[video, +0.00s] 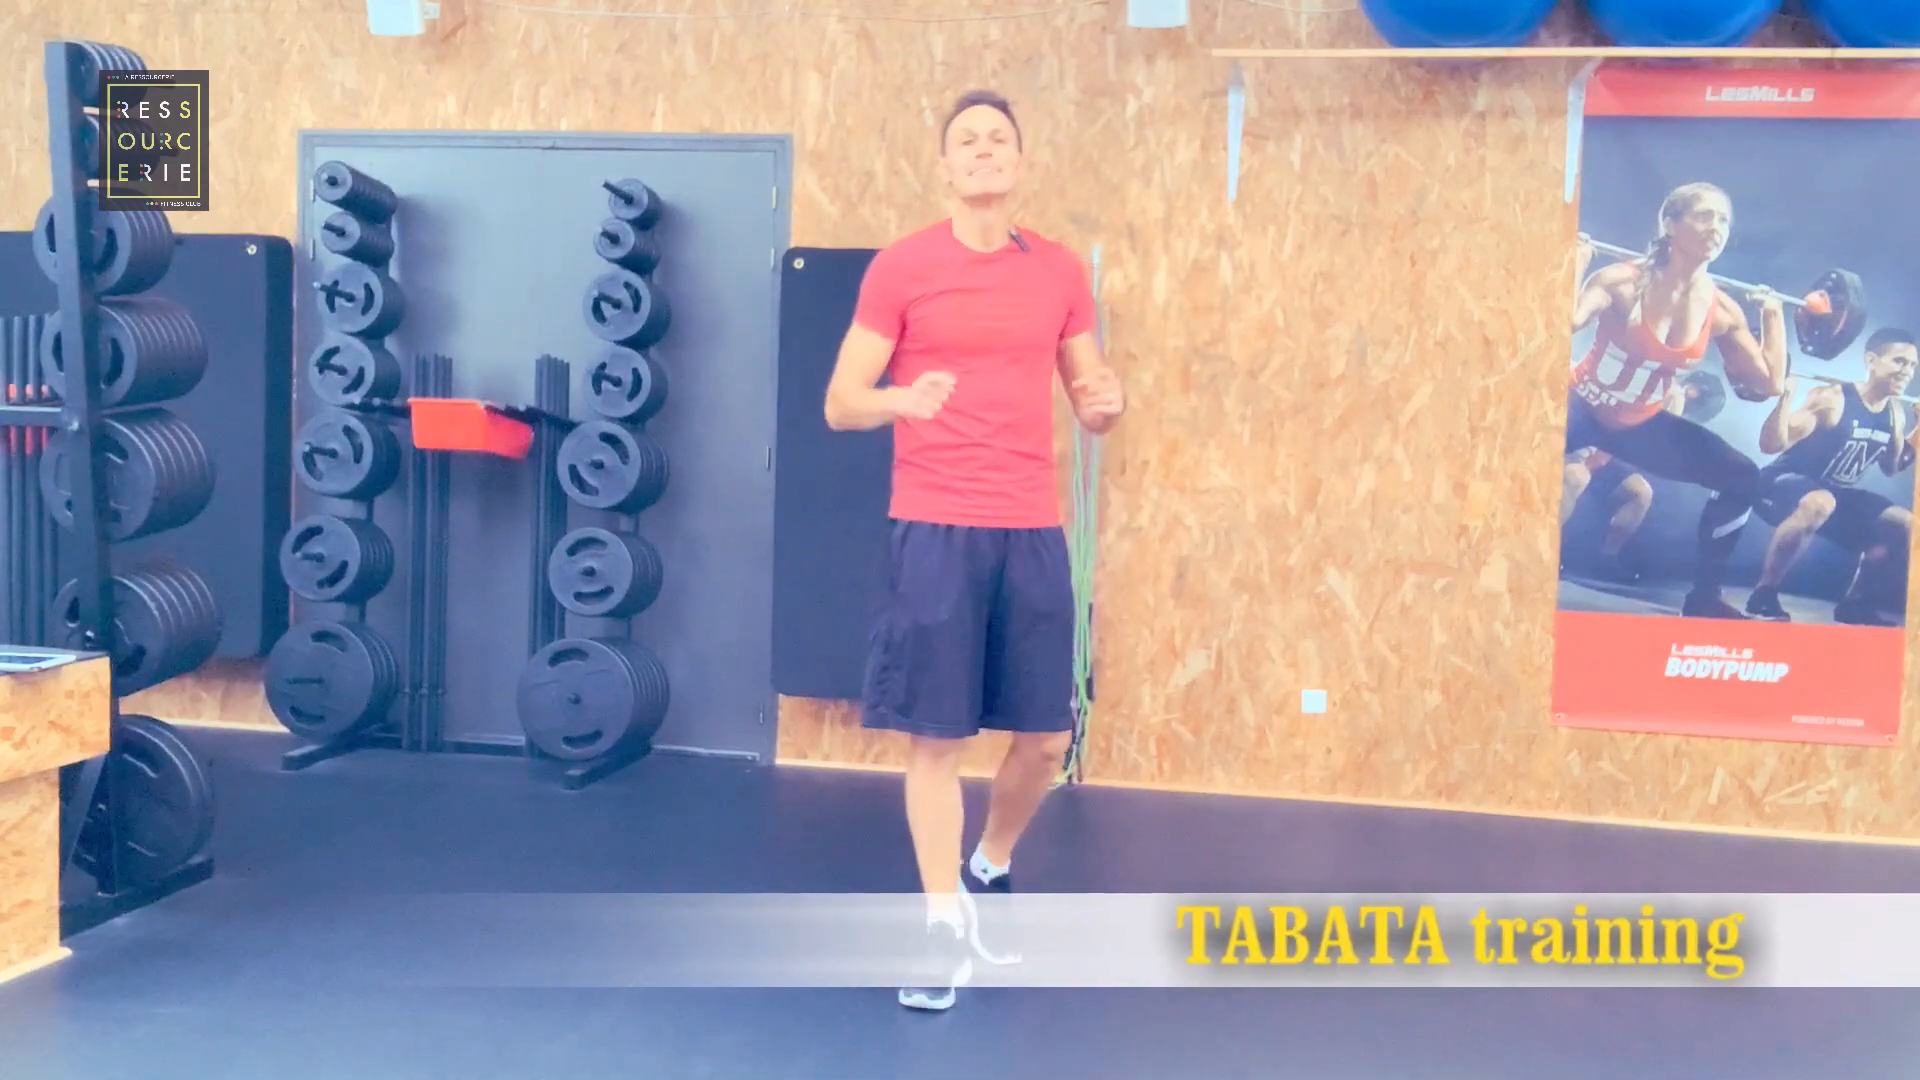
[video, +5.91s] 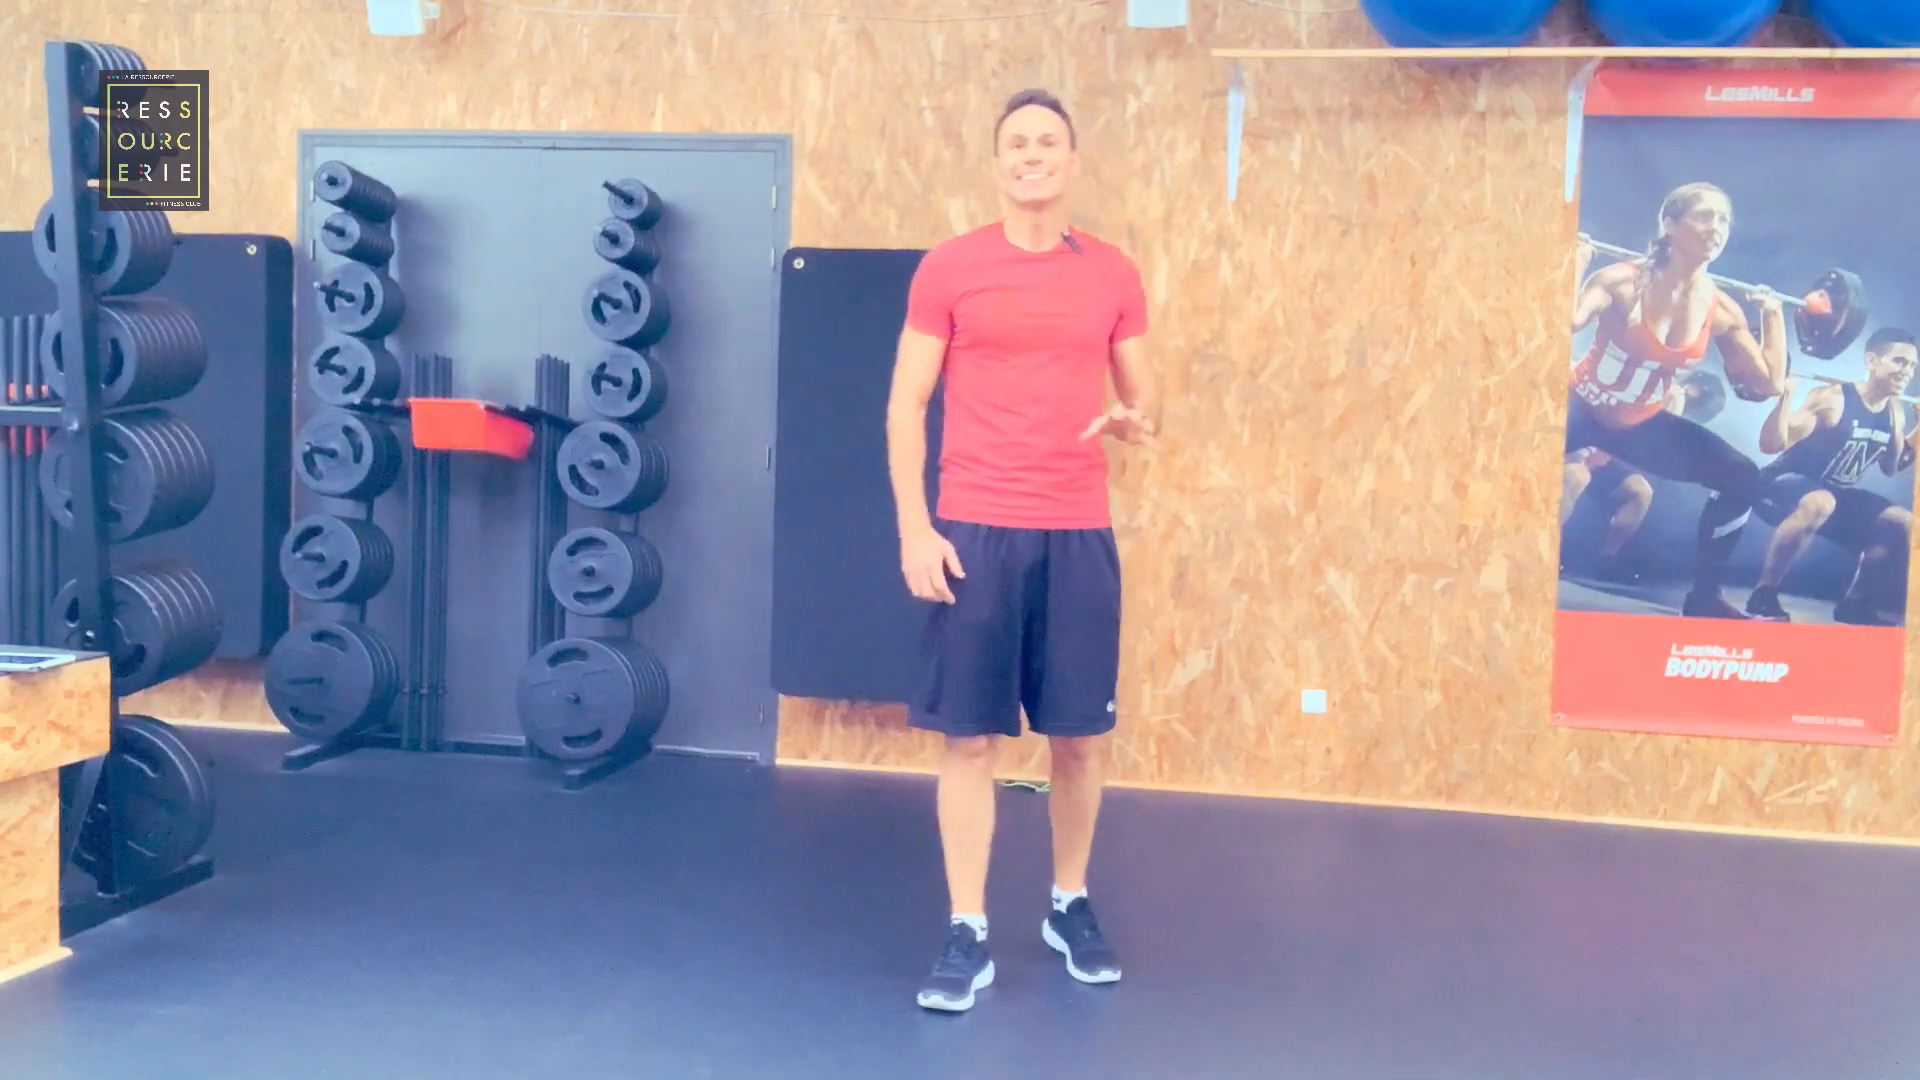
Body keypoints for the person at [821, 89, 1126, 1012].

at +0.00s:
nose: (984, 154)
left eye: (999, 142)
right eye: (968, 142)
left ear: (1024, 163)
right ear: (942, 164)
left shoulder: (1060, 270)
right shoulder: (900, 267)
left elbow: (1088, 398)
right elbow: (841, 405)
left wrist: (1100, 401)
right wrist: (897, 399)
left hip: (1034, 525)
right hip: (935, 525)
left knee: (1046, 732)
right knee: (938, 732)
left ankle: (987, 865)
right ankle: (943, 928)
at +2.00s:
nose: (1006, 197)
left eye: (1022, 185)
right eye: (995, 182)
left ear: (1045, 200)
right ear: (972, 193)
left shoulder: (1078, 289)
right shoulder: (930, 287)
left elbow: (1119, 400)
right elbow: (878, 406)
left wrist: (1097, 492)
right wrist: (910, 493)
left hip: (1052, 526)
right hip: (957, 527)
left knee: (1062, 704)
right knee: (960, 702)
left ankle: (1067, 893)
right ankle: (958, 872)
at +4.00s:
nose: (1025, 187)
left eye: (1041, 176)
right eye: (1014, 173)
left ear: (1065, 196)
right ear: (994, 191)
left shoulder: (1093, 293)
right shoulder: (949, 286)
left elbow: (1127, 411)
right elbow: (910, 409)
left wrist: (1106, 513)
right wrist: (929, 515)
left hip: (1061, 529)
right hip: (967, 526)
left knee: (1058, 699)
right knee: (964, 696)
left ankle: (1047, 845)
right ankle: (962, 866)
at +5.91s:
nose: (1032, 158)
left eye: (1049, 144)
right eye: (1017, 145)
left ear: (1075, 161)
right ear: (994, 163)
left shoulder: (1111, 271)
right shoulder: (949, 266)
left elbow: (1143, 407)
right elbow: (906, 404)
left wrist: (1130, 424)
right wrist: (914, 526)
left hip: (1078, 534)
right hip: (975, 532)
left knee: (1077, 736)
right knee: (967, 738)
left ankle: (1072, 906)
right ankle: (967, 934)